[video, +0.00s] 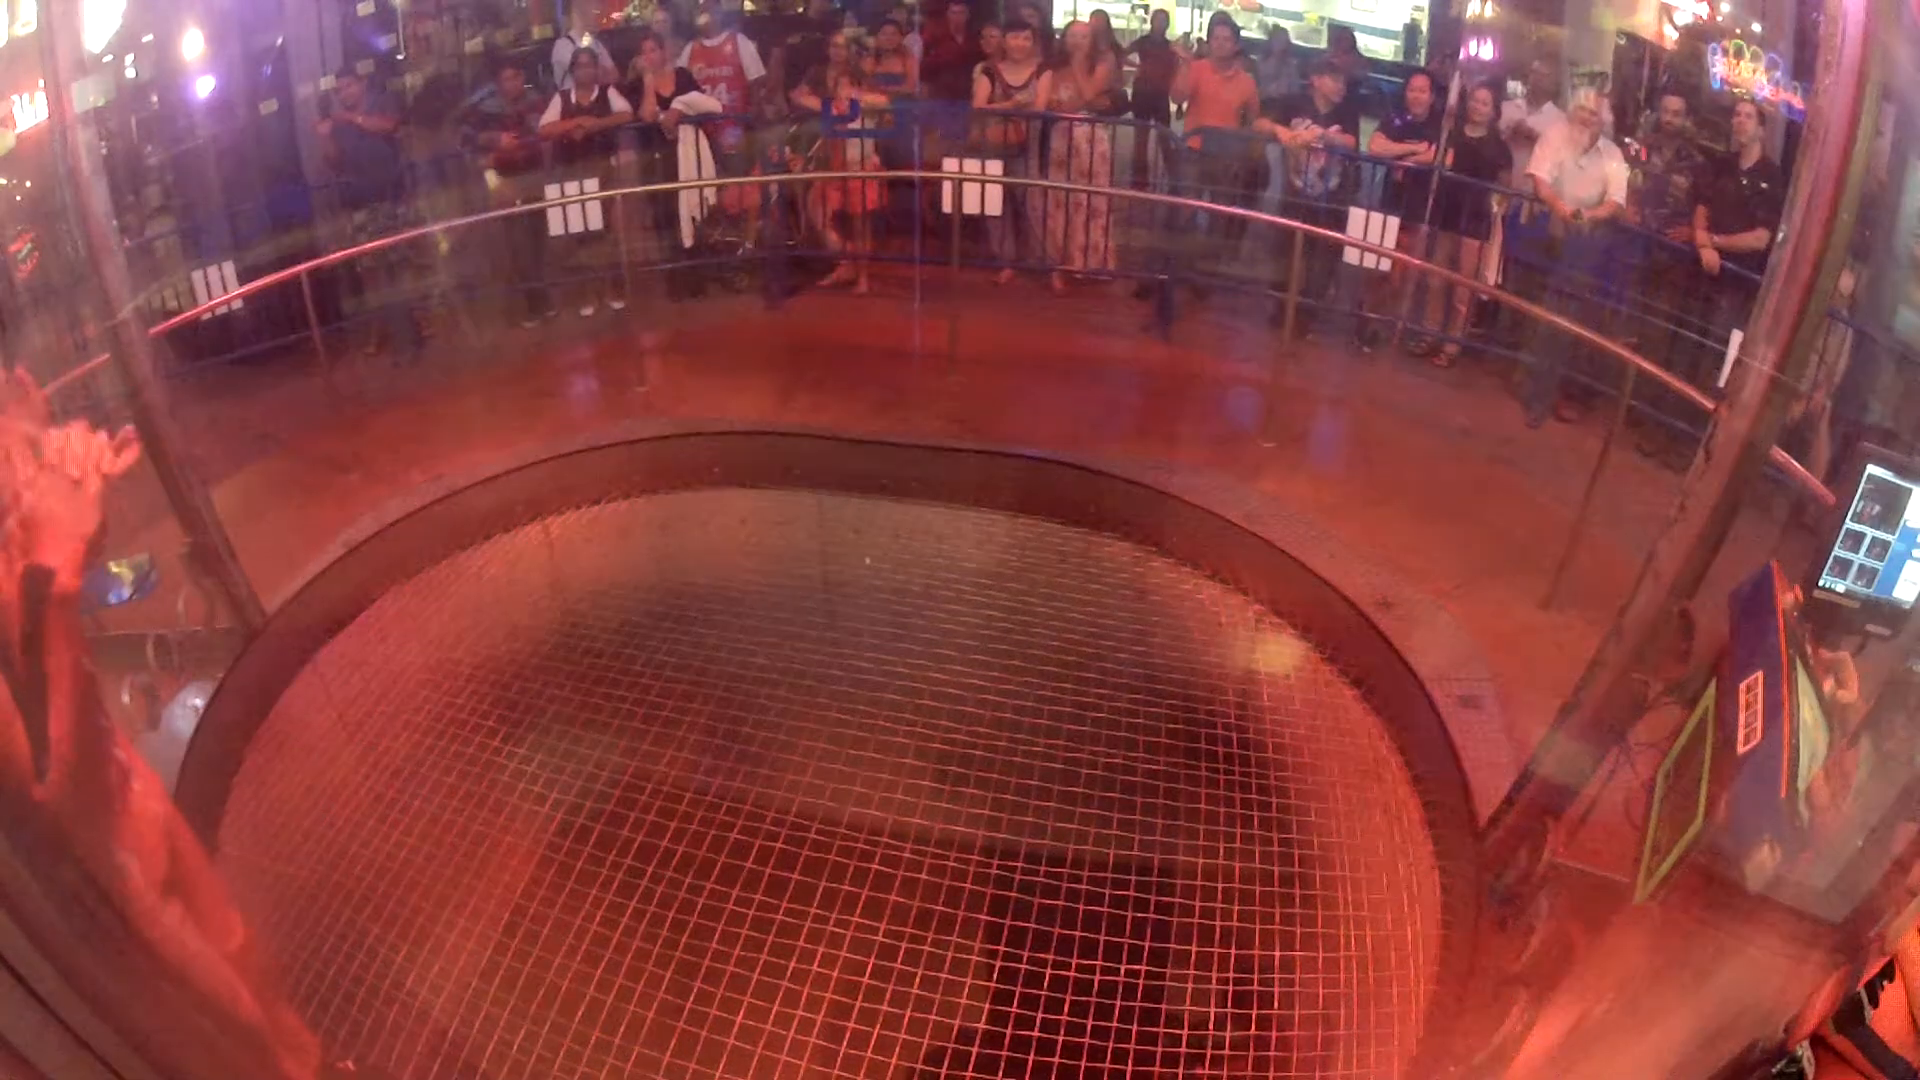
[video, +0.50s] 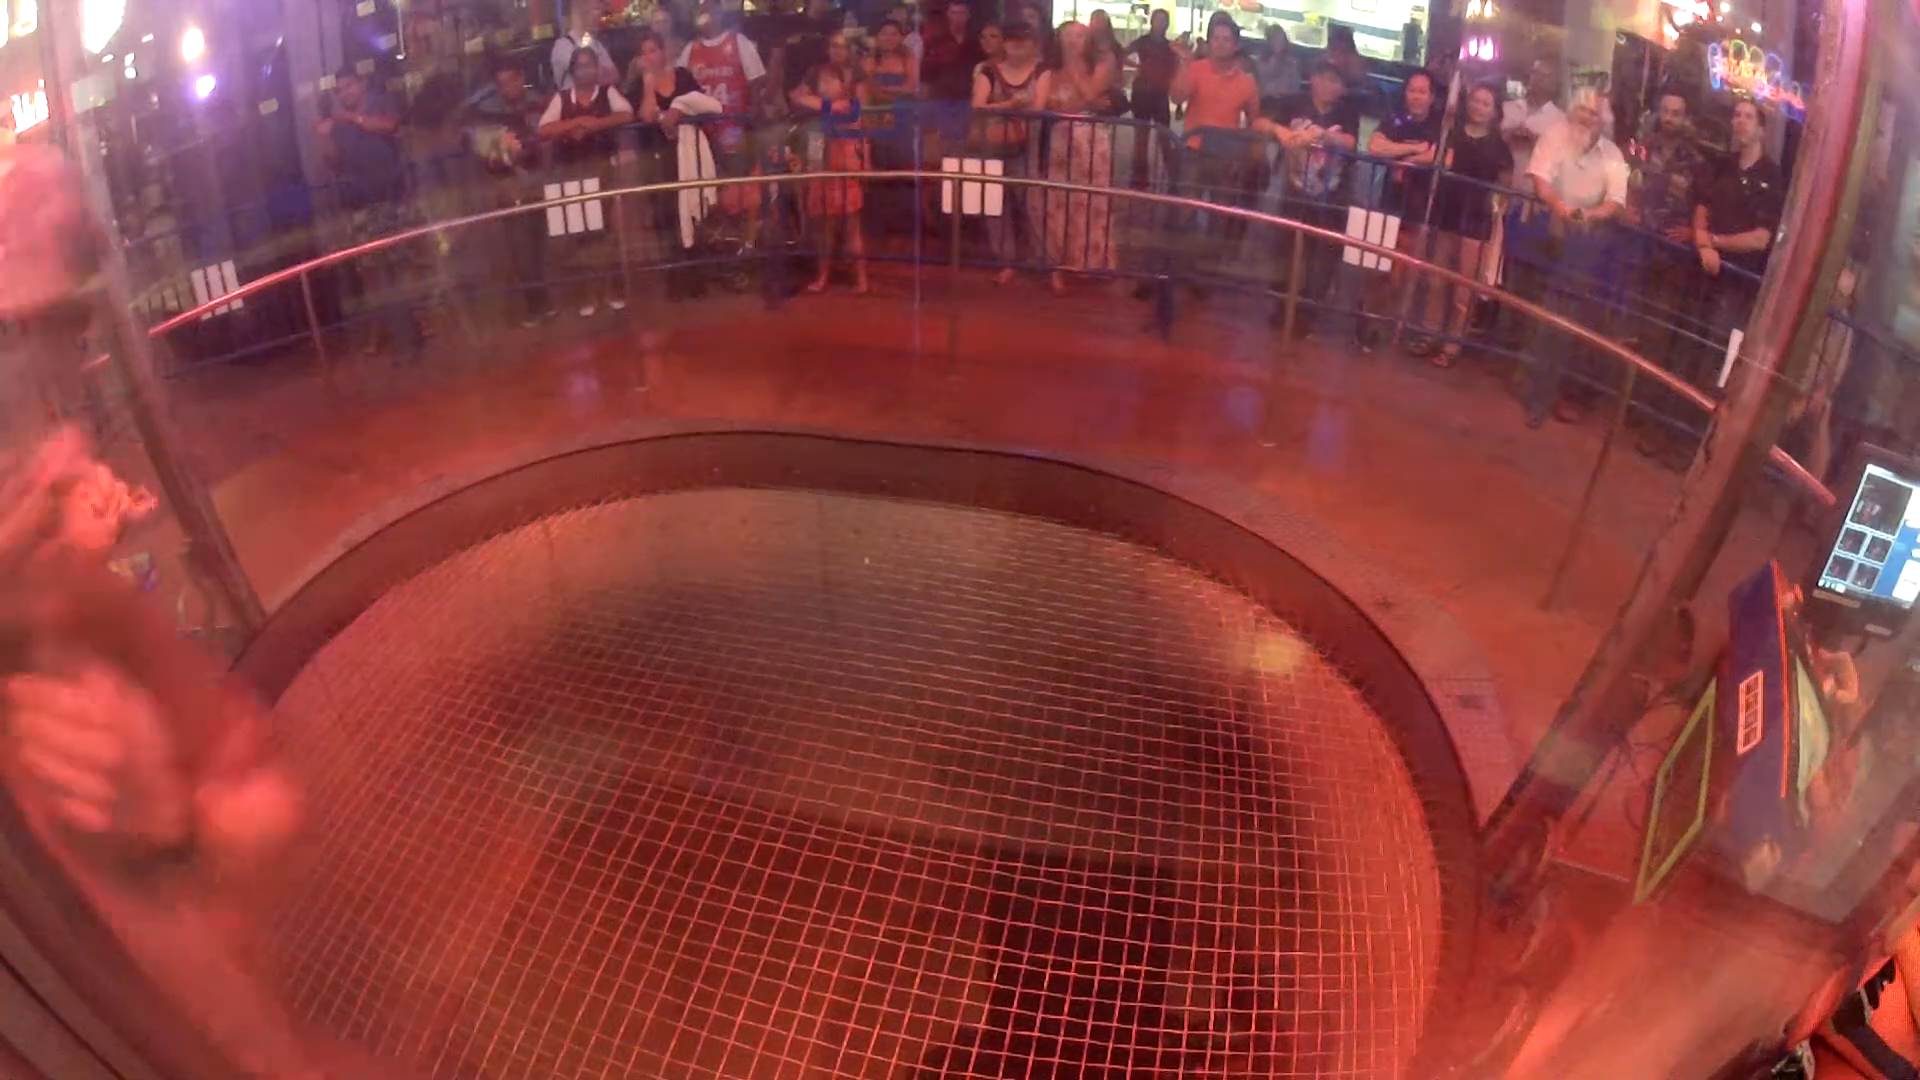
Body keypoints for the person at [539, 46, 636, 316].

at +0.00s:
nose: (584, 71)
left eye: (588, 66)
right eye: (579, 66)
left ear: (597, 69)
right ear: (571, 71)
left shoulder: (608, 92)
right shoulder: (562, 97)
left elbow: (626, 115)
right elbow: (544, 129)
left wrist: (593, 124)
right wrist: (574, 124)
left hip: (605, 170)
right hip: (571, 175)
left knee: (608, 233)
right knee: (579, 238)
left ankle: (615, 291)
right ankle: (587, 295)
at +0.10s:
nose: (584, 71)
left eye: (588, 66)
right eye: (579, 66)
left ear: (597, 69)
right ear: (572, 71)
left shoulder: (608, 92)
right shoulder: (562, 97)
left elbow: (626, 115)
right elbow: (544, 130)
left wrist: (592, 124)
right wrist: (575, 124)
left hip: (605, 170)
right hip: (571, 175)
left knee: (608, 233)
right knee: (579, 238)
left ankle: (615, 292)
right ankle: (587, 296)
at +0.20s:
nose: (584, 71)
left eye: (589, 66)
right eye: (579, 67)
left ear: (597, 69)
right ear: (571, 71)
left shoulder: (608, 92)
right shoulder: (561, 98)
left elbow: (626, 115)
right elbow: (544, 130)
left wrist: (593, 124)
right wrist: (574, 125)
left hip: (604, 170)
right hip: (571, 175)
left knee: (607, 233)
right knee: (579, 238)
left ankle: (615, 291)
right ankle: (588, 295)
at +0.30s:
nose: (584, 70)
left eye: (589, 65)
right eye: (579, 66)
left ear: (597, 68)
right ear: (571, 70)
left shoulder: (608, 92)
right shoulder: (561, 98)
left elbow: (627, 115)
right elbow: (544, 130)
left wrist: (592, 125)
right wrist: (575, 124)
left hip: (604, 170)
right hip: (571, 175)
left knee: (608, 233)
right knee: (579, 238)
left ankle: (615, 291)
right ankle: (588, 295)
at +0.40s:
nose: (584, 71)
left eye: (589, 65)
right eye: (579, 66)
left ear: (597, 69)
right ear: (571, 70)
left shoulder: (608, 92)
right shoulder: (561, 97)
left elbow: (626, 115)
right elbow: (544, 130)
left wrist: (592, 125)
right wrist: (574, 124)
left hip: (605, 170)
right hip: (571, 174)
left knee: (607, 233)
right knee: (579, 238)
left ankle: (615, 291)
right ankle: (588, 294)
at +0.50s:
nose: (584, 70)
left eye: (589, 65)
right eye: (579, 66)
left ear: (597, 69)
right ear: (571, 70)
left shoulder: (608, 92)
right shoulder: (561, 98)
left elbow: (626, 115)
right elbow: (543, 130)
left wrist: (592, 124)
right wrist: (574, 125)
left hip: (604, 170)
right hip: (570, 175)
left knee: (607, 233)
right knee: (579, 238)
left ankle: (614, 290)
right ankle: (588, 294)